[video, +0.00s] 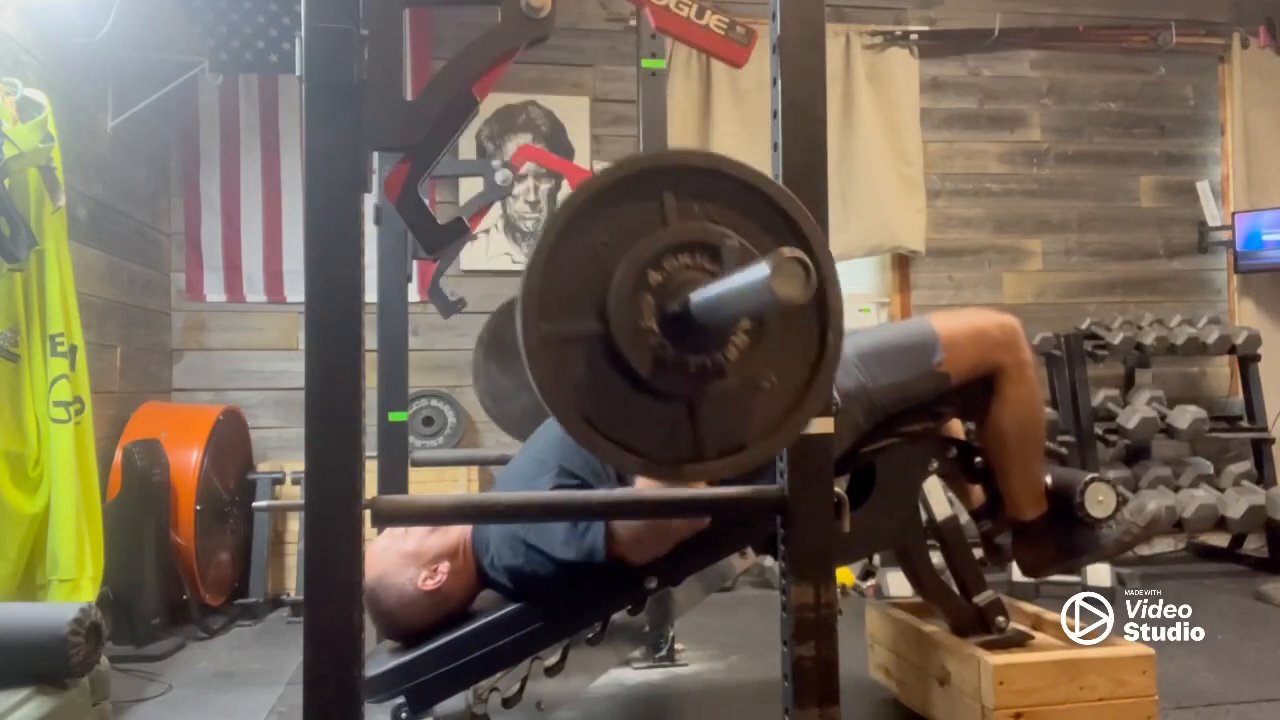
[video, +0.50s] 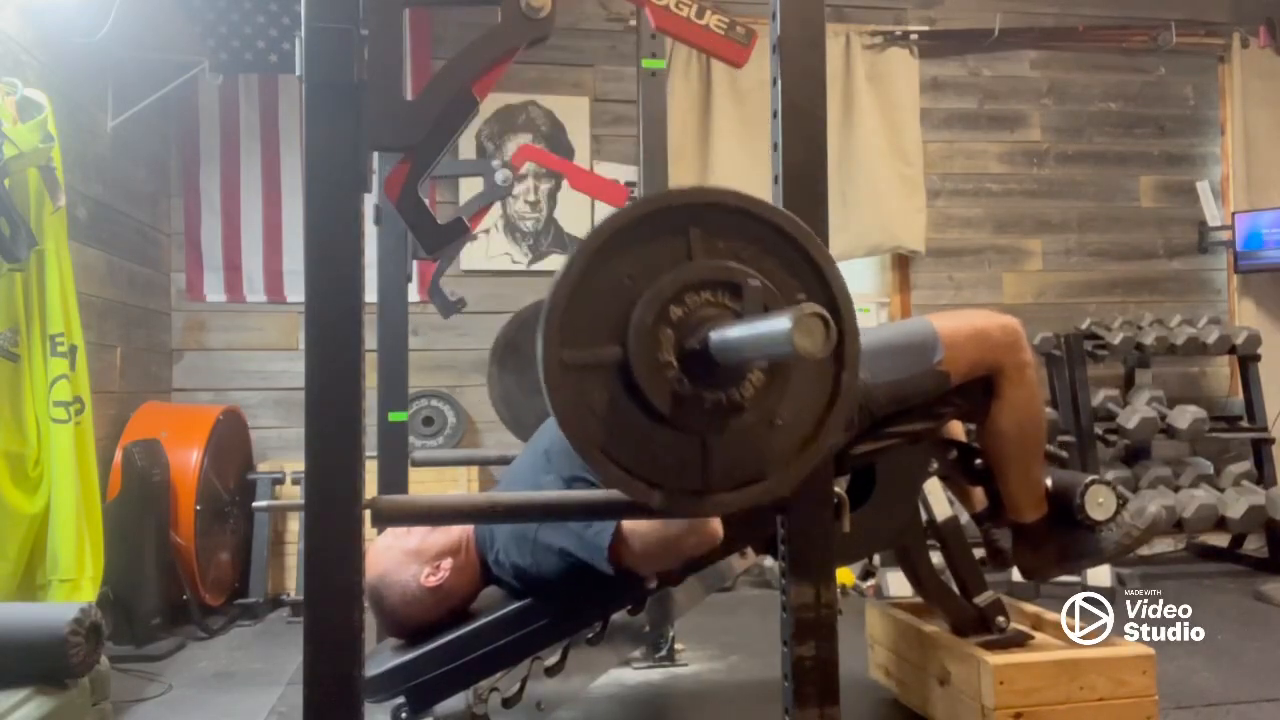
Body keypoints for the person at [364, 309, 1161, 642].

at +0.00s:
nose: (418, 531)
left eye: (399, 536)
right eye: (416, 552)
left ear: (423, 544)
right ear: (445, 580)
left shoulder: (490, 502)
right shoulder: (526, 546)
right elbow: (652, 530)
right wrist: (679, 395)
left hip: (714, 390)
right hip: (747, 441)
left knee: (921, 320)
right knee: (999, 339)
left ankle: (985, 476)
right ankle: (1034, 525)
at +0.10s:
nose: (418, 529)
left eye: (400, 536)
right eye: (417, 548)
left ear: (427, 549)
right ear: (446, 576)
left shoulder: (495, 501)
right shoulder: (532, 542)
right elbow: (695, 531)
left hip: (712, 396)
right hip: (752, 438)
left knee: (917, 316)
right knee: (999, 339)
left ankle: (983, 476)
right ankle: (1034, 527)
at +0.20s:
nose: (420, 529)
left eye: (402, 535)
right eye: (418, 550)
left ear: (427, 545)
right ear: (448, 578)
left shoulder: (494, 498)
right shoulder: (535, 545)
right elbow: (690, 547)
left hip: (711, 394)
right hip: (756, 438)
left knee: (906, 313)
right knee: (1000, 339)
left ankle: (979, 471)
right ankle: (1034, 528)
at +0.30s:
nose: (419, 529)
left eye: (401, 536)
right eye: (418, 550)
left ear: (428, 548)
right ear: (448, 578)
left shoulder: (497, 497)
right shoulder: (536, 544)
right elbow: (694, 565)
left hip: (715, 389)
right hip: (758, 436)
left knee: (907, 318)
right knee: (999, 339)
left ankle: (980, 470)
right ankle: (1034, 527)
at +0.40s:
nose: (419, 529)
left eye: (401, 535)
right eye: (418, 550)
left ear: (427, 546)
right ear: (448, 577)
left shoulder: (494, 497)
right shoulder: (534, 544)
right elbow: (668, 550)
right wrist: (702, 534)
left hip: (714, 387)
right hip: (753, 435)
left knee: (916, 321)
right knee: (998, 339)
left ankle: (987, 474)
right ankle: (1035, 529)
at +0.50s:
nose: (418, 531)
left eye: (400, 537)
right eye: (417, 551)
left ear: (426, 546)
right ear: (448, 576)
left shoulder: (498, 497)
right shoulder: (530, 540)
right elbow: (673, 539)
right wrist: (756, 489)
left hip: (714, 400)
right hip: (750, 442)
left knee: (930, 325)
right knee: (998, 339)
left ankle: (995, 486)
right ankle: (1035, 529)